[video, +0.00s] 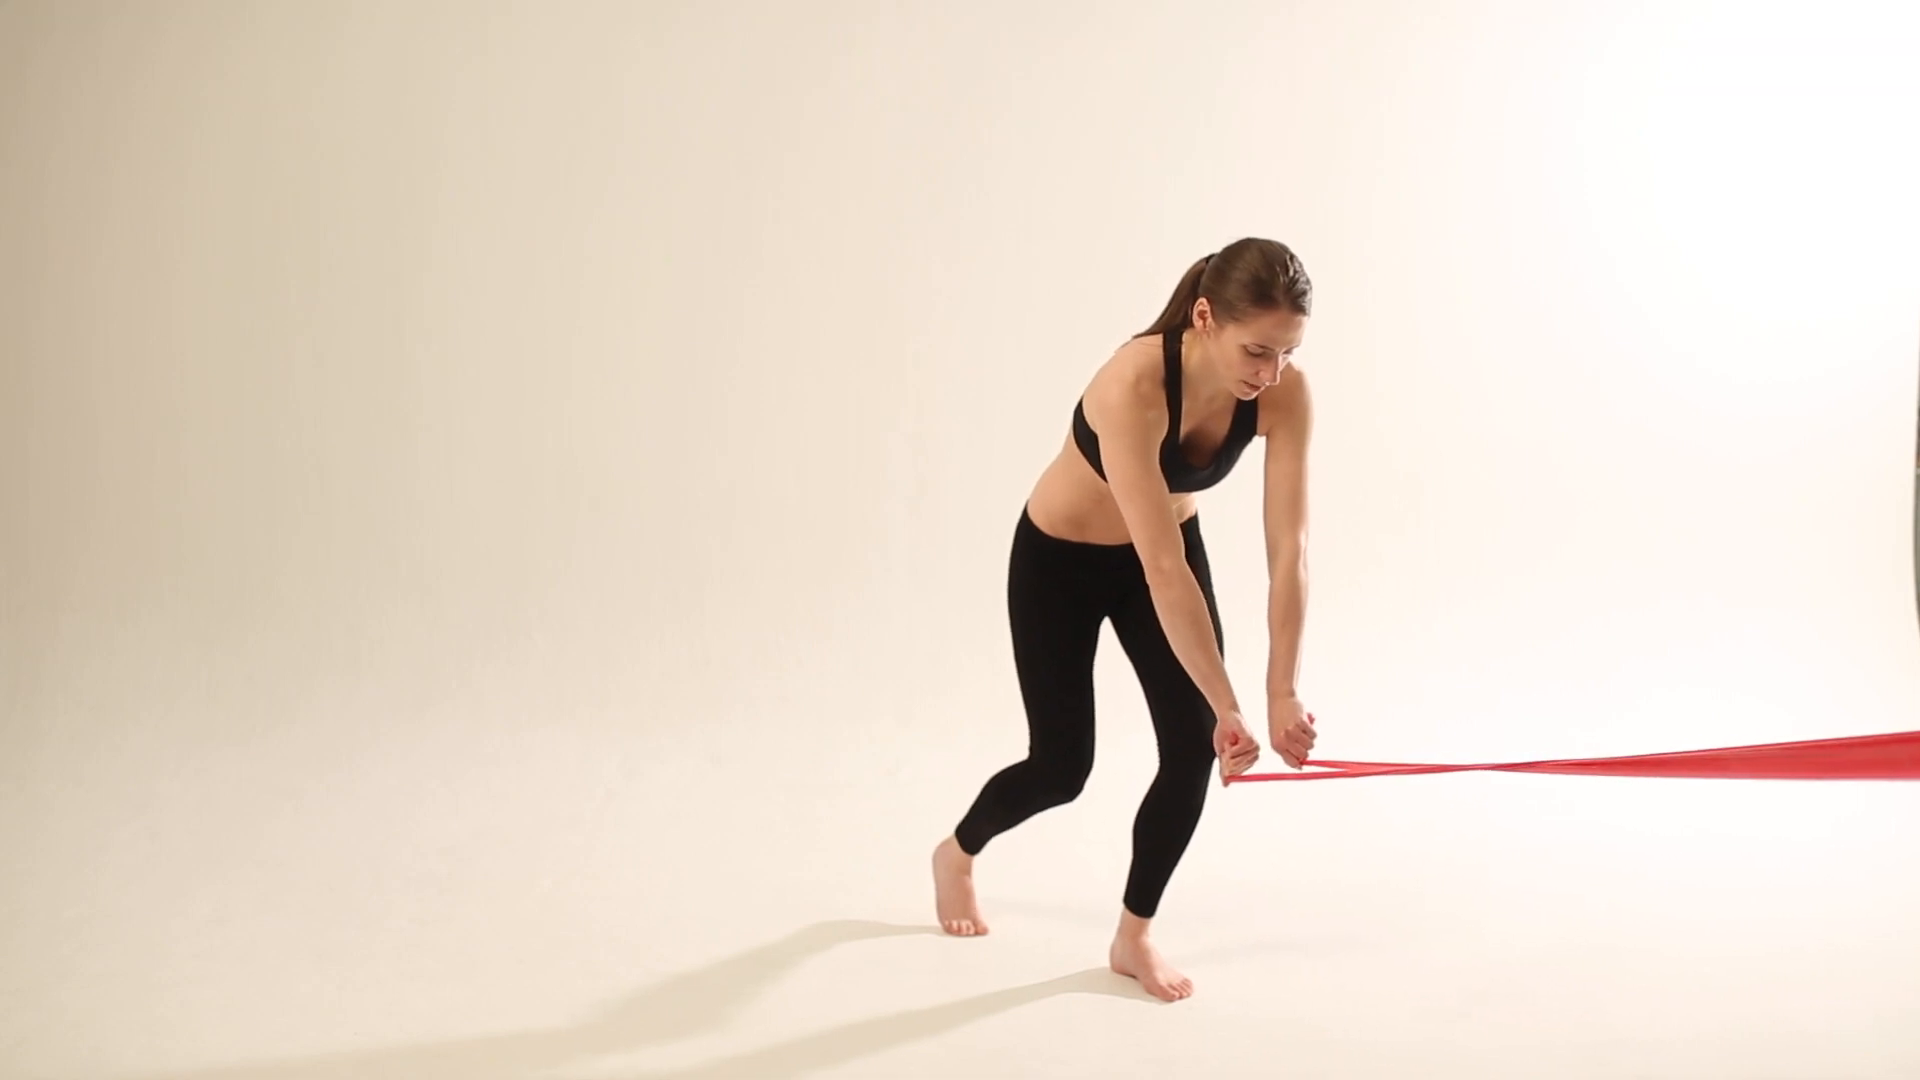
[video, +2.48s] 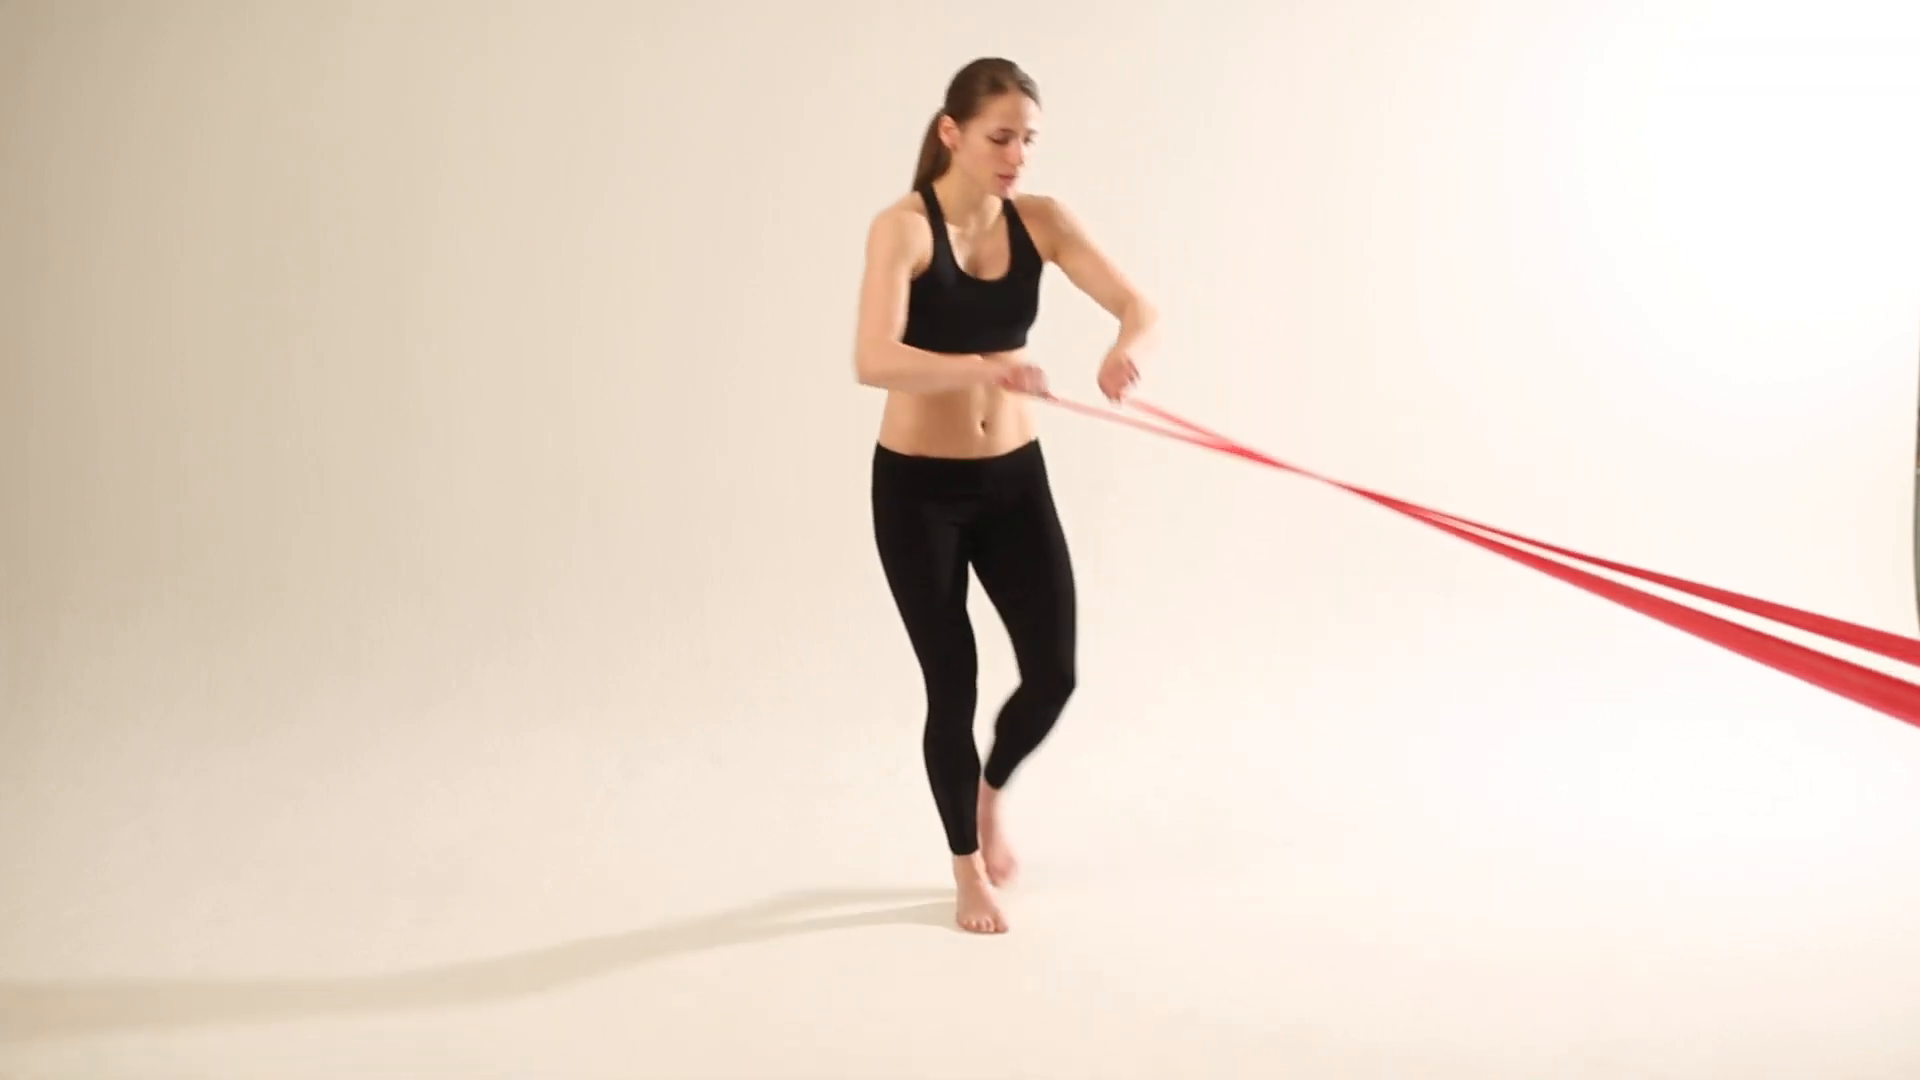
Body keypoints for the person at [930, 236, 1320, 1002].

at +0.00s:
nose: (1274, 371)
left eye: (1287, 352)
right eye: (1259, 350)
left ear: (1301, 332)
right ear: (1203, 319)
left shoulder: (1282, 392)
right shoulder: (1132, 384)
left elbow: (1288, 547)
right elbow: (1164, 570)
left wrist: (1281, 690)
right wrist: (1227, 711)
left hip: (1165, 555)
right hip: (1060, 558)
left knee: (1190, 750)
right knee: (1062, 766)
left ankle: (1133, 931)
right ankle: (956, 851)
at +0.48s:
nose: (1279, 368)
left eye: (1292, 349)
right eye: (1264, 347)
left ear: (1307, 329)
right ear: (1209, 316)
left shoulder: (1286, 391)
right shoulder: (1135, 383)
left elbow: (1293, 547)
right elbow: (1168, 565)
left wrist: (1288, 689)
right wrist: (1231, 706)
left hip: (1166, 557)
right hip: (1062, 558)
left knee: (1189, 752)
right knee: (1062, 765)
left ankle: (1133, 931)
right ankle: (959, 850)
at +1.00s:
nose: (1283, 378)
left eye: (1296, 359)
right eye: (1268, 357)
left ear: (1310, 339)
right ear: (1214, 324)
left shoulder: (1287, 398)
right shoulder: (1137, 389)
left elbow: (1293, 553)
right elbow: (1171, 574)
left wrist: (1287, 698)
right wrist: (1233, 712)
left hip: (1164, 556)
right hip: (1061, 559)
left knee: (1189, 753)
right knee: (1061, 766)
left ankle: (1133, 932)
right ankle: (959, 851)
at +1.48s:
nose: (1281, 378)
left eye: (1293, 359)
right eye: (1266, 356)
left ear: (1307, 340)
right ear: (1211, 323)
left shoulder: (1283, 398)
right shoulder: (1133, 388)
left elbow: (1289, 553)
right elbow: (1171, 574)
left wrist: (1282, 695)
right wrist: (1233, 708)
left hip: (1159, 557)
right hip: (1057, 560)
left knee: (1190, 749)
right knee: (1061, 766)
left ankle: (1133, 931)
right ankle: (957, 851)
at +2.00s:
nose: (1186, 286)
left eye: (1196, 267)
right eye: (1170, 265)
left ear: (1205, 257)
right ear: (1117, 244)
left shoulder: (1198, 326)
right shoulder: (1054, 330)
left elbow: (1224, 465)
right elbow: (1105, 488)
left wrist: (1243, 591)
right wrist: (1182, 612)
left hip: (1114, 549)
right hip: (1013, 552)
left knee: (1161, 732)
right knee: (1042, 755)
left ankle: (1133, 930)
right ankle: (972, 852)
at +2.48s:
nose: (1018, 153)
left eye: (1028, 137)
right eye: (1003, 135)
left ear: (1032, 140)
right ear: (951, 132)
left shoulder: (1038, 220)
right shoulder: (902, 228)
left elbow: (1136, 308)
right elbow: (874, 361)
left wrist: (1126, 349)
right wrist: (985, 368)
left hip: (1015, 484)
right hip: (918, 490)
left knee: (1051, 677)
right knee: (953, 682)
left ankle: (987, 786)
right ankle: (966, 871)